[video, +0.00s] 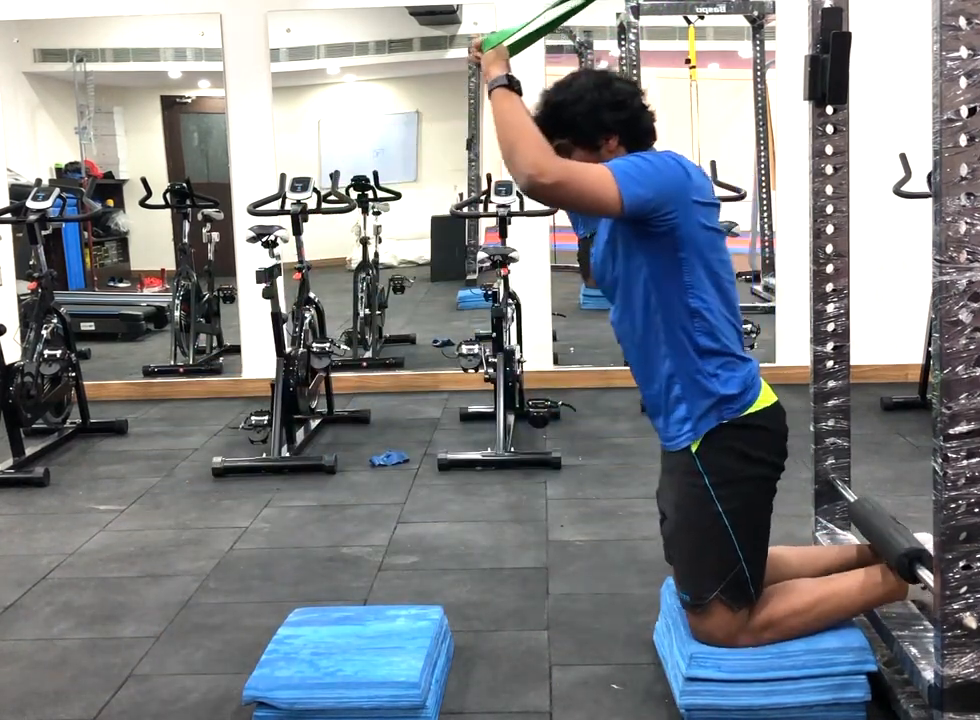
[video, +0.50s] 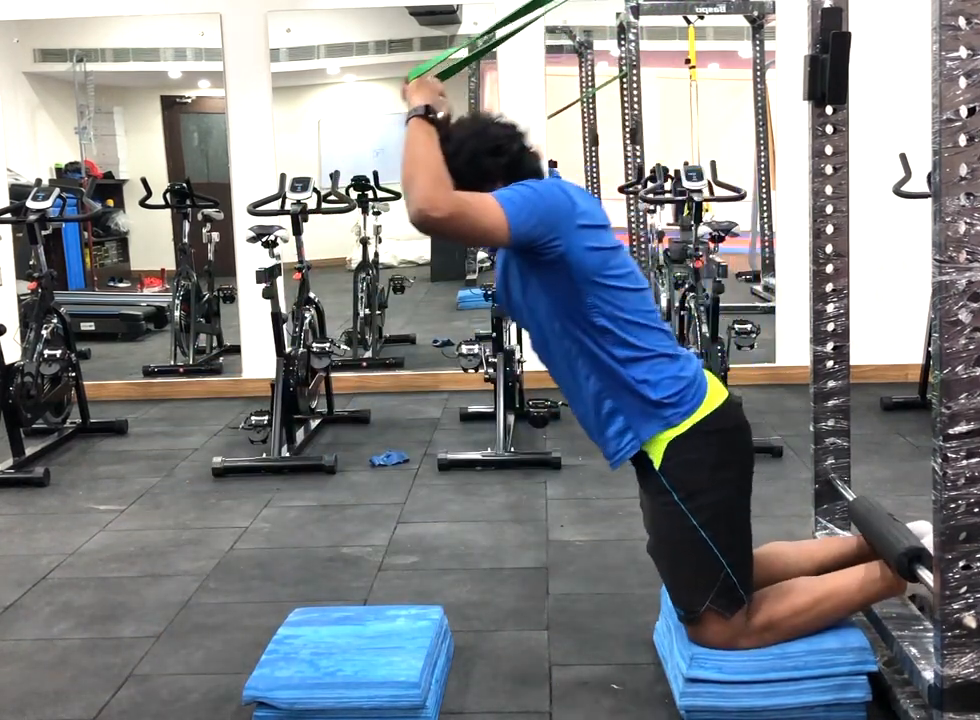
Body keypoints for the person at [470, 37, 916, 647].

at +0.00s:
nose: (565, 165)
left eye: (572, 152)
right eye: (559, 154)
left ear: (608, 142)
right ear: (604, 150)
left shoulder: (666, 177)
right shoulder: (630, 198)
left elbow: (541, 174)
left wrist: (497, 79)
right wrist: (502, 88)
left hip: (725, 429)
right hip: (693, 429)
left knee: (723, 622)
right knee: (709, 578)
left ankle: (909, 578)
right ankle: (869, 553)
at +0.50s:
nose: (457, 205)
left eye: (458, 193)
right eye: (450, 193)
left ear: (484, 185)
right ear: (510, 159)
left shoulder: (550, 203)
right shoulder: (538, 216)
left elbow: (433, 207)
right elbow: (443, 206)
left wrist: (419, 115)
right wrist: (430, 120)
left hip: (687, 435)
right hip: (670, 433)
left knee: (723, 627)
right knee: (715, 580)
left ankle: (901, 576)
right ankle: (871, 542)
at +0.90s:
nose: (372, 276)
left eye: (369, 260)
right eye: (365, 260)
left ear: (397, 248)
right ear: (416, 217)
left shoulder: (464, 254)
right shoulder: (471, 253)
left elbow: (340, 275)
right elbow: (353, 271)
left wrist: (318, 189)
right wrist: (328, 191)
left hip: (648, 445)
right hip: (647, 431)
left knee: (723, 626)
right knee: (720, 583)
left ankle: (910, 572)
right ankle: (866, 539)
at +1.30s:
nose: (311, 332)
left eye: (310, 316)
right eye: (305, 317)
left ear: (336, 300)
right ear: (355, 286)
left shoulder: (399, 309)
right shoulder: (412, 303)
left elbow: (266, 348)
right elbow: (287, 343)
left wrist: (232, 265)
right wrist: (254, 268)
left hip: (614, 464)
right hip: (613, 451)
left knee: (720, 629)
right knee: (708, 589)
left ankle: (904, 571)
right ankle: (865, 537)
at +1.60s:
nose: (278, 416)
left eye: (274, 403)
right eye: (273, 402)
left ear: (293, 377)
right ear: (310, 340)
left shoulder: (354, 365)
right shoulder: (370, 353)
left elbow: (232, 437)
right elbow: (252, 426)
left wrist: (174, 372)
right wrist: (200, 361)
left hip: (590, 476)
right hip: (593, 451)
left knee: (719, 631)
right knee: (714, 585)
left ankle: (905, 567)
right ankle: (866, 538)